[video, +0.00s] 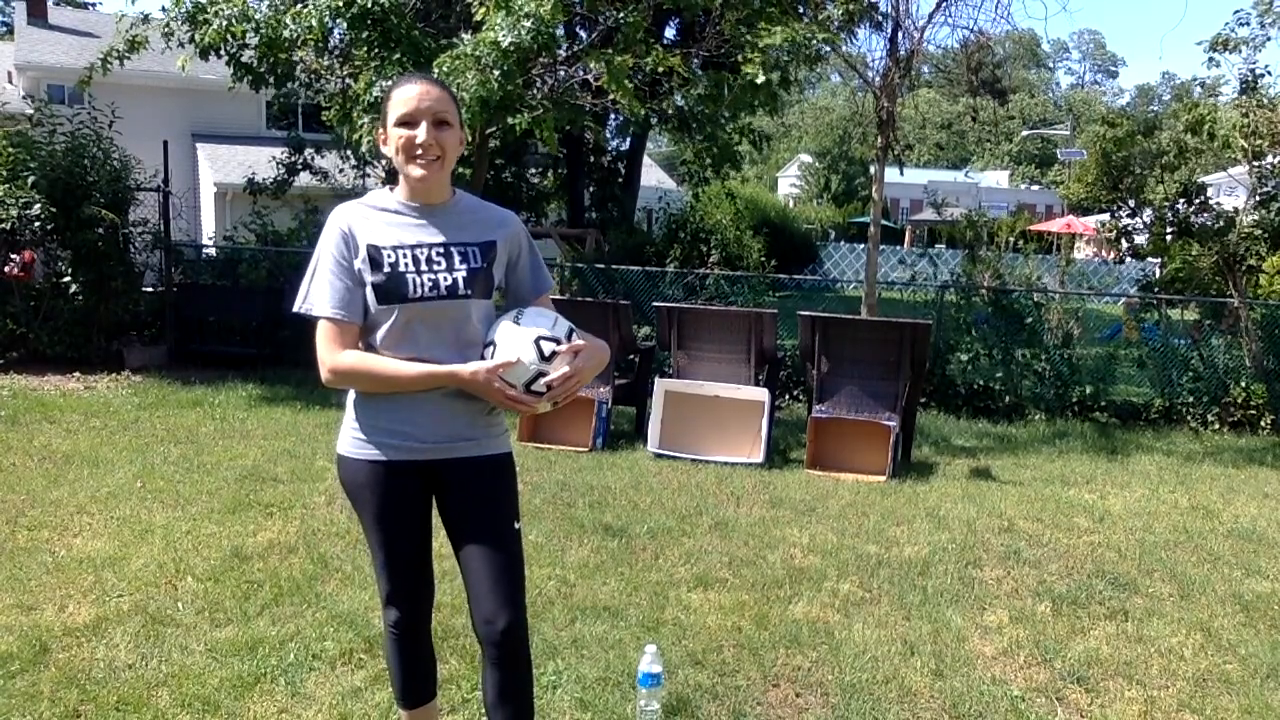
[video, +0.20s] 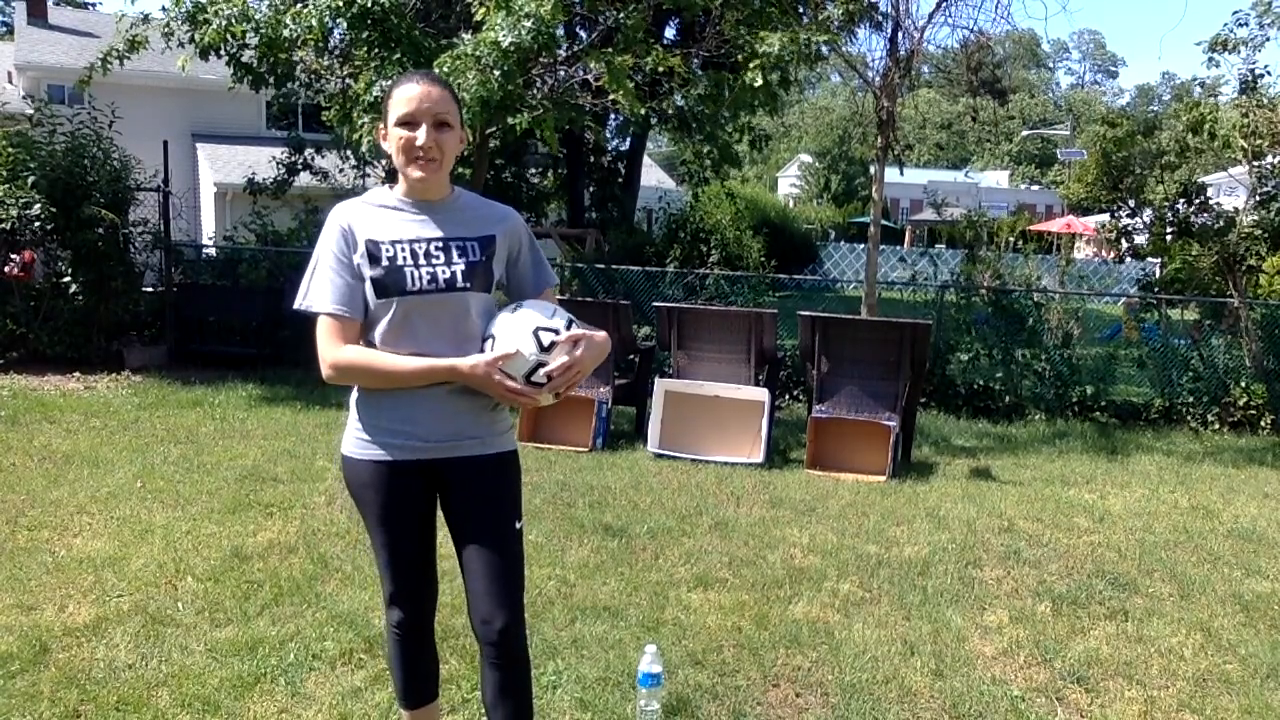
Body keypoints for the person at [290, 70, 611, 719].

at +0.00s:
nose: (424, 135)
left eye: (440, 123)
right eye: (407, 123)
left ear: (461, 138)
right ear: (384, 140)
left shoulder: (501, 227)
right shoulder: (352, 225)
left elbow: (545, 328)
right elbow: (333, 361)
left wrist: (599, 349)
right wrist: (461, 376)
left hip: (477, 450)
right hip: (381, 452)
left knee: (503, 624)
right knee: (405, 612)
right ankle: (421, 714)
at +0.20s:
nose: (424, 138)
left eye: (440, 125)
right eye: (408, 124)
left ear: (461, 139)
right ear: (384, 137)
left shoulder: (501, 224)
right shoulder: (351, 223)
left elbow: (548, 323)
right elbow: (334, 359)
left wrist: (597, 341)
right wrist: (457, 369)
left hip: (481, 449)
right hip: (385, 453)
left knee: (500, 624)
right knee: (408, 614)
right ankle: (421, 714)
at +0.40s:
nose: (417, 157)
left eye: (434, 140)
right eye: (402, 140)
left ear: (460, 143)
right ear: (381, 143)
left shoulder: (500, 227)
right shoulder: (351, 227)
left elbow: (546, 331)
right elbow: (334, 357)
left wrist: (599, 340)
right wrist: (456, 365)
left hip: (481, 452)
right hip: (384, 456)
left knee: (503, 626)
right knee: (407, 616)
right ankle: (421, 714)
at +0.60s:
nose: (415, 158)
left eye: (431, 140)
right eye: (400, 142)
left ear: (458, 144)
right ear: (380, 147)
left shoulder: (499, 229)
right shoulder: (351, 228)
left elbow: (538, 338)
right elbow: (332, 359)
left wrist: (598, 352)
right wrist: (454, 367)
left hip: (478, 452)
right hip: (382, 455)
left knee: (503, 627)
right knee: (406, 615)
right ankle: (421, 714)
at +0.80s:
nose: (418, 154)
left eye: (434, 137)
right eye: (402, 139)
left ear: (460, 142)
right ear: (381, 145)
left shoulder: (499, 229)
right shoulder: (352, 227)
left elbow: (536, 338)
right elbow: (330, 359)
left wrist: (596, 358)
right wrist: (451, 369)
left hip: (477, 450)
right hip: (381, 453)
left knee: (500, 625)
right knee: (405, 613)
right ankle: (421, 715)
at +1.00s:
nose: (423, 151)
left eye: (438, 136)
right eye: (407, 136)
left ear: (461, 143)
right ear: (384, 144)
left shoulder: (499, 230)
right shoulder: (351, 228)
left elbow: (522, 351)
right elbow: (327, 361)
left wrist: (573, 394)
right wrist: (447, 377)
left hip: (474, 451)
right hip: (380, 452)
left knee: (500, 625)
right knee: (404, 613)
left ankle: (509, 719)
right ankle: (421, 714)